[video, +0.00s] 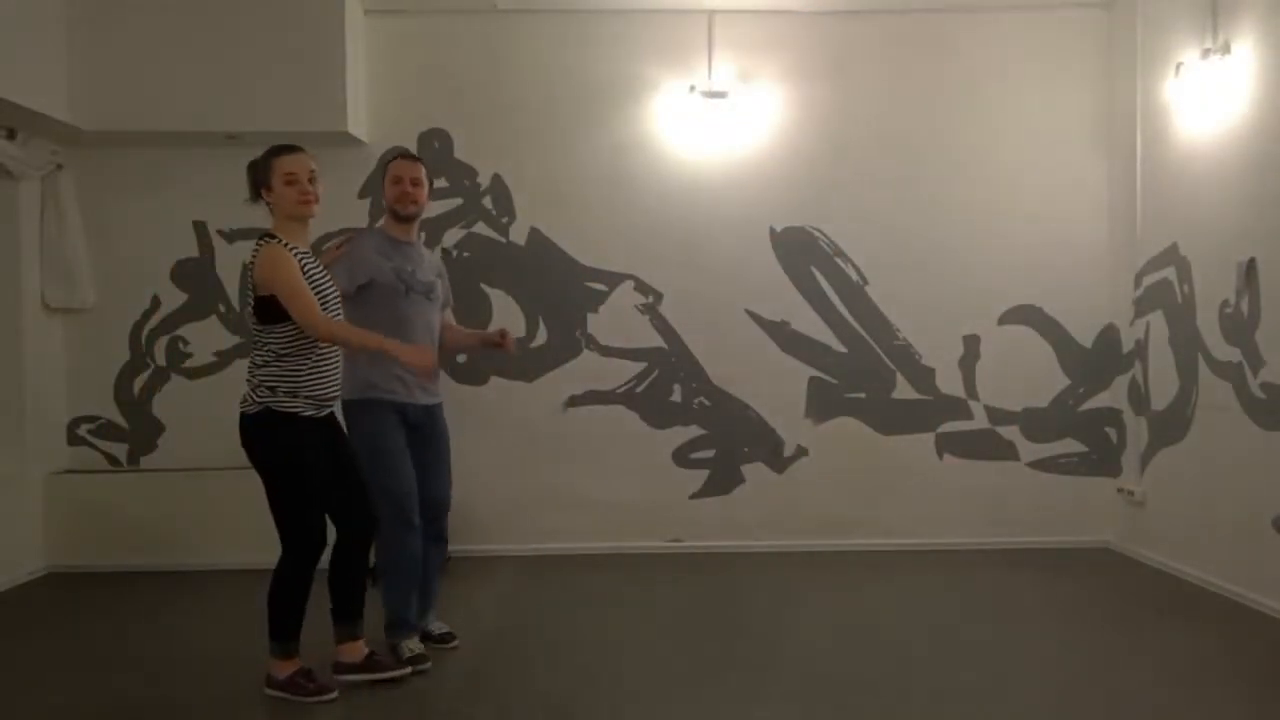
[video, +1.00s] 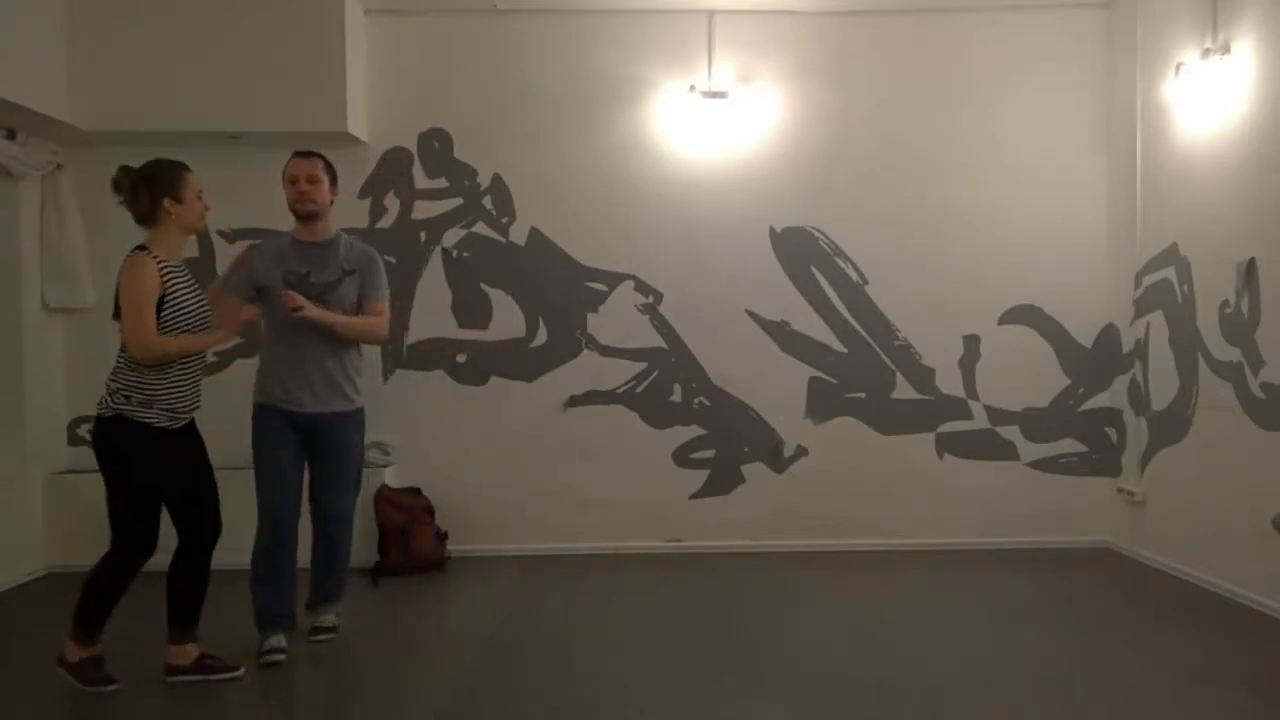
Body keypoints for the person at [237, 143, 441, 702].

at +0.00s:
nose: (307, 189)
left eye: (312, 180)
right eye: (292, 182)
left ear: (319, 189)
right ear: (267, 194)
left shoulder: (300, 254)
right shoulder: (273, 255)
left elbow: (294, 315)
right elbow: (314, 323)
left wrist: (324, 263)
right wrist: (396, 348)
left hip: (316, 417)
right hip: (277, 420)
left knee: (357, 524)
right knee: (304, 541)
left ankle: (350, 651)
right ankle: (282, 665)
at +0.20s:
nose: (303, 197)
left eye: (309, 189)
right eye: (289, 190)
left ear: (315, 199)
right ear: (262, 201)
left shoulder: (292, 260)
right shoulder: (261, 256)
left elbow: (293, 330)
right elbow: (259, 334)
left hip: (302, 418)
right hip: (271, 420)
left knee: (331, 528)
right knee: (302, 539)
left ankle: (259, 617)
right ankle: (282, 666)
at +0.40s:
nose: (293, 206)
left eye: (297, 198)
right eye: (279, 198)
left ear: (301, 208)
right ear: (250, 208)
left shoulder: (269, 264)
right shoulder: (246, 256)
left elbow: (234, 329)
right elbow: (191, 324)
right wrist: (143, 386)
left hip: (266, 420)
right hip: (253, 422)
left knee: (256, 541)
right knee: (291, 539)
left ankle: (194, 643)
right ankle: (283, 665)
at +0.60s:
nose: (278, 207)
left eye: (276, 198)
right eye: (268, 200)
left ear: (244, 211)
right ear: (239, 209)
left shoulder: (239, 263)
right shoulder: (223, 257)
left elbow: (199, 333)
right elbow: (168, 326)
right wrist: (120, 384)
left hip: (220, 418)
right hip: (207, 419)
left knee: (224, 538)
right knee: (261, 529)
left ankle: (184, 650)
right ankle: (269, 663)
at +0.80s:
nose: (241, 209)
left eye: (238, 200)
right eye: (234, 201)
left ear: (206, 211)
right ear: (207, 211)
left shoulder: (210, 262)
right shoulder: (185, 261)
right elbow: (163, 339)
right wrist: (203, 415)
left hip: (192, 422)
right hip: (171, 423)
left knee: (216, 537)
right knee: (212, 537)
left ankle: (183, 651)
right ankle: (154, 648)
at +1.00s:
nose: (207, 205)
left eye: (204, 196)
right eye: (199, 197)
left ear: (171, 208)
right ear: (170, 207)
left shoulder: (179, 268)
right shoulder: (143, 266)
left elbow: (189, 330)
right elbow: (142, 345)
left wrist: (228, 299)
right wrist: (215, 333)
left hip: (175, 426)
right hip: (128, 428)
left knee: (202, 528)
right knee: (135, 541)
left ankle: (181, 650)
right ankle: (79, 645)